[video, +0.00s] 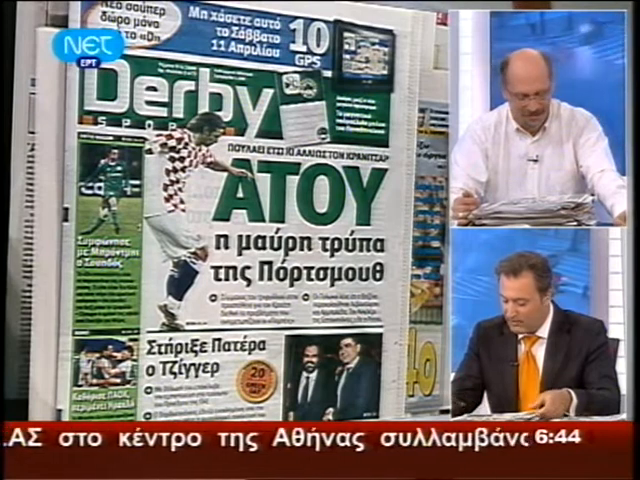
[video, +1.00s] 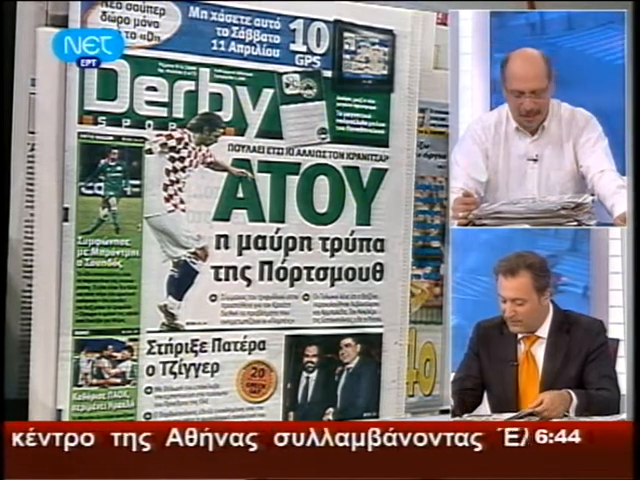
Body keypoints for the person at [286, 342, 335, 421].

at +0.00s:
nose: (310, 360)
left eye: (314, 356)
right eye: (307, 356)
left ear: (320, 359)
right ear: (302, 358)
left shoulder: (326, 377)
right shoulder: (295, 375)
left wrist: (330, 411)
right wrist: (290, 412)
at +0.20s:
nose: (310, 360)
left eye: (314, 356)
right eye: (307, 356)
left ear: (320, 359)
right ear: (302, 358)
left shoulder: (326, 377)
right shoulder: (295, 375)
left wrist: (330, 411)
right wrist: (290, 413)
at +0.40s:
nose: (310, 360)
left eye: (314, 356)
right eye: (307, 356)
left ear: (320, 359)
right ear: (302, 358)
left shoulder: (326, 377)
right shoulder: (296, 375)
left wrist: (330, 411)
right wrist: (290, 412)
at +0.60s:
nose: (310, 360)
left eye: (314, 356)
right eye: (307, 356)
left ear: (320, 359)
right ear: (302, 358)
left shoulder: (326, 377)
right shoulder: (296, 375)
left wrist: (330, 411)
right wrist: (290, 412)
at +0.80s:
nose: (310, 360)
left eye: (314, 356)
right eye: (307, 356)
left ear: (320, 359)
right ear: (302, 358)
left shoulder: (326, 377)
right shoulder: (296, 375)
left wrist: (330, 411)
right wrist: (290, 412)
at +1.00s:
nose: (310, 360)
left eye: (314, 356)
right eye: (307, 356)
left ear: (320, 359)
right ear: (302, 358)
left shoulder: (326, 377)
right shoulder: (296, 375)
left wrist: (330, 411)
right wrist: (290, 412)